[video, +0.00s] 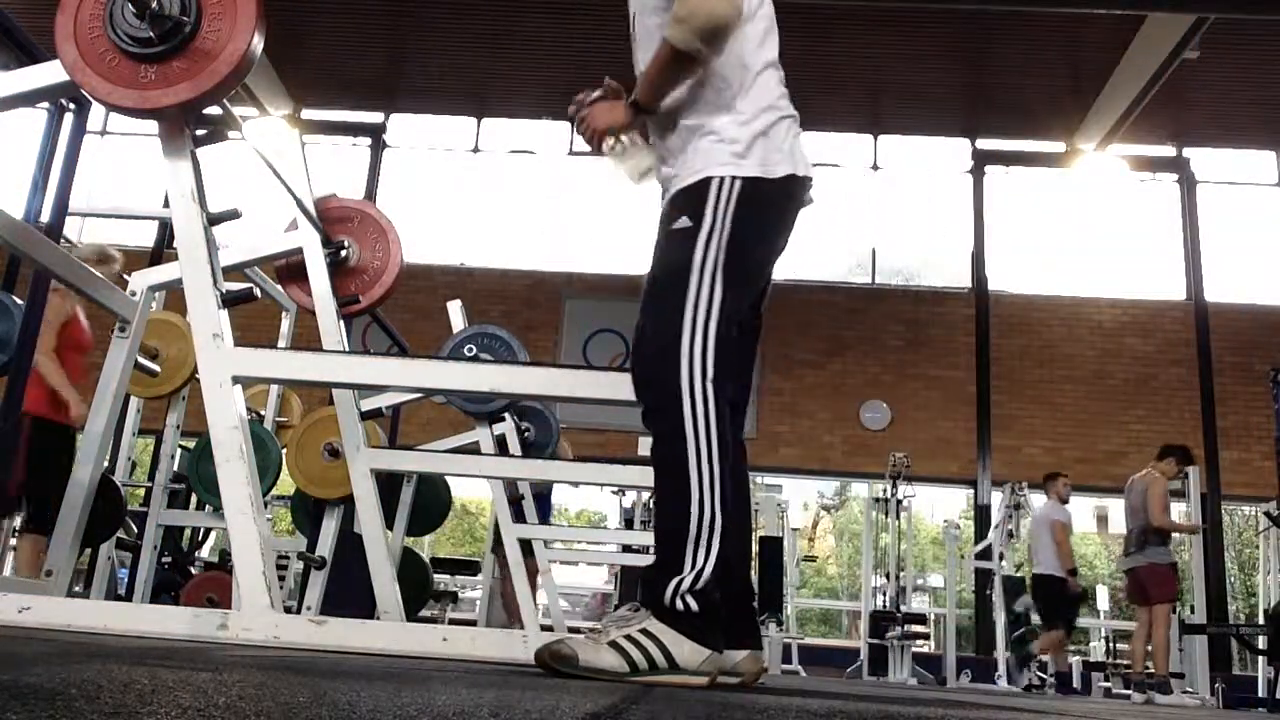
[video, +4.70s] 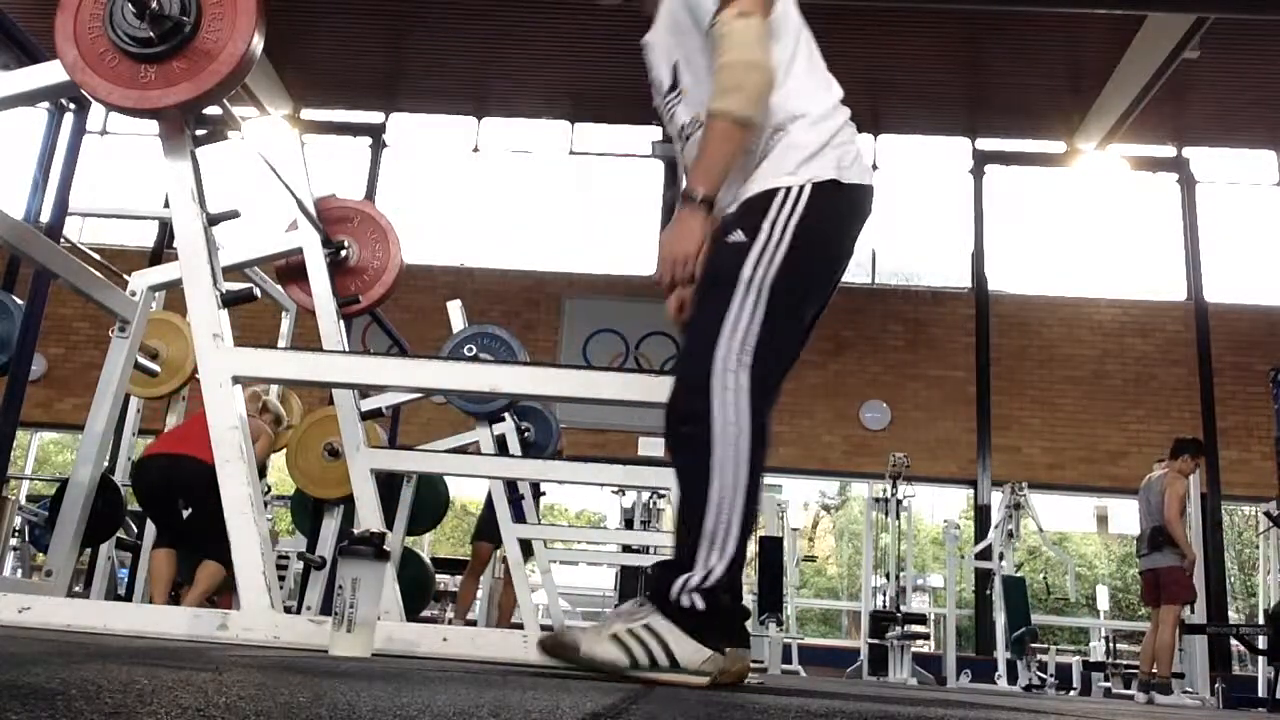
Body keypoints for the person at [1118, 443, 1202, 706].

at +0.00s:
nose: (1178, 476)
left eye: (1180, 472)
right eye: (1179, 471)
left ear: (1163, 460)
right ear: (1170, 462)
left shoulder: (1133, 481)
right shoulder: (1157, 481)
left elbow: (1136, 523)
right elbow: (1158, 520)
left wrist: (1168, 529)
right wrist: (1189, 528)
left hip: (1135, 562)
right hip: (1156, 561)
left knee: (1143, 623)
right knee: (1161, 624)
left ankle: (1137, 686)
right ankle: (1163, 687)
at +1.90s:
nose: (1192, 476)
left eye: (1195, 471)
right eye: (1194, 470)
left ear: (1177, 459)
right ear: (1185, 461)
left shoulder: (1145, 480)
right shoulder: (1174, 480)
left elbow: (1146, 525)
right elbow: (1178, 523)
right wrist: (1205, 529)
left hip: (1149, 563)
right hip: (1174, 562)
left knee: (1155, 625)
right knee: (1169, 625)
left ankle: (1143, 685)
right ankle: (1164, 688)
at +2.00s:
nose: (1192, 475)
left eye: (1195, 471)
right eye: (1194, 470)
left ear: (1175, 458)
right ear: (1185, 461)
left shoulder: (1145, 480)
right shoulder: (1174, 480)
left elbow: (1146, 524)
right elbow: (1177, 523)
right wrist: (1206, 530)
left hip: (1149, 563)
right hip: (1173, 562)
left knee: (1155, 625)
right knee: (1169, 625)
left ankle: (1143, 685)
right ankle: (1164, 688)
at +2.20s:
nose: (1191, 475)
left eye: (1193, 470)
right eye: (1192, 469)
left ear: (1174, 459)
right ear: (1182, 461)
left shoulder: (1144, 480)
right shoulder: (1173, 480)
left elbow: (1147, 524)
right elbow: (1177, 522)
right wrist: (1205, 530)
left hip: (1149, 563)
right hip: (1173, 562)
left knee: (1156, 625)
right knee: (1169, 624)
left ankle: (1143, 685)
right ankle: (1164, 688)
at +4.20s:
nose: (1192, 469)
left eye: (1194, 464)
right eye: (1193, 463)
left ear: (1172, 457)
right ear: (1183, 458)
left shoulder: (1146, 480)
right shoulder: (1175, 480)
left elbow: (1147, 523)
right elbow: (1172, 518)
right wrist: (1187, 550)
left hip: (1148, 562)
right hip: (1170, 560)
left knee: (1156, 624)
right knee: (1168, 624)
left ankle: (1143, 685)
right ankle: (1163, 687)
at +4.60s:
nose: (1194, 471)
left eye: (1196, 466)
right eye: (1194, 465)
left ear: (1175, 459)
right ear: (1184, 459)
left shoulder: (1147, 480)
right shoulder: (1176, 480)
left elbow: (1147, 522)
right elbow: (1171, 518)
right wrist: (1187, 550)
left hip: (1148, 562)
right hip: (1170, 560)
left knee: (1155, 623)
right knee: (1168, 624)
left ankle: (1143, 685)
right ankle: (1163, 687)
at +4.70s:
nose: (1194, 471)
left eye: (1196, 467)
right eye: (1195, 465)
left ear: (1176, 459)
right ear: (1184, 459)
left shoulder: (1148, 480)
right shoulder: (1176, 481)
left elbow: (1148, 522)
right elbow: (1171, 519)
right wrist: (1188, 550)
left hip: (1148, 561)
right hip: (1169, 560)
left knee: (1155, 623)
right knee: (1168, 624)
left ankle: (1143, 685)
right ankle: (1163, 687)